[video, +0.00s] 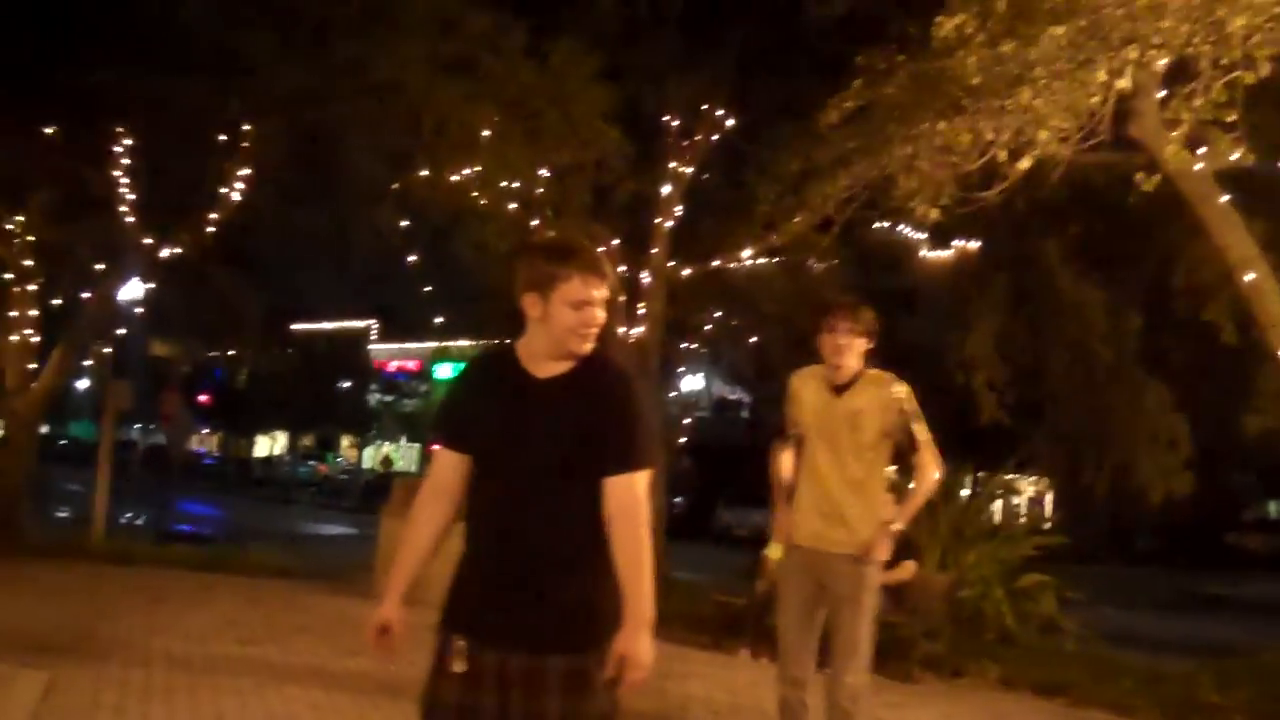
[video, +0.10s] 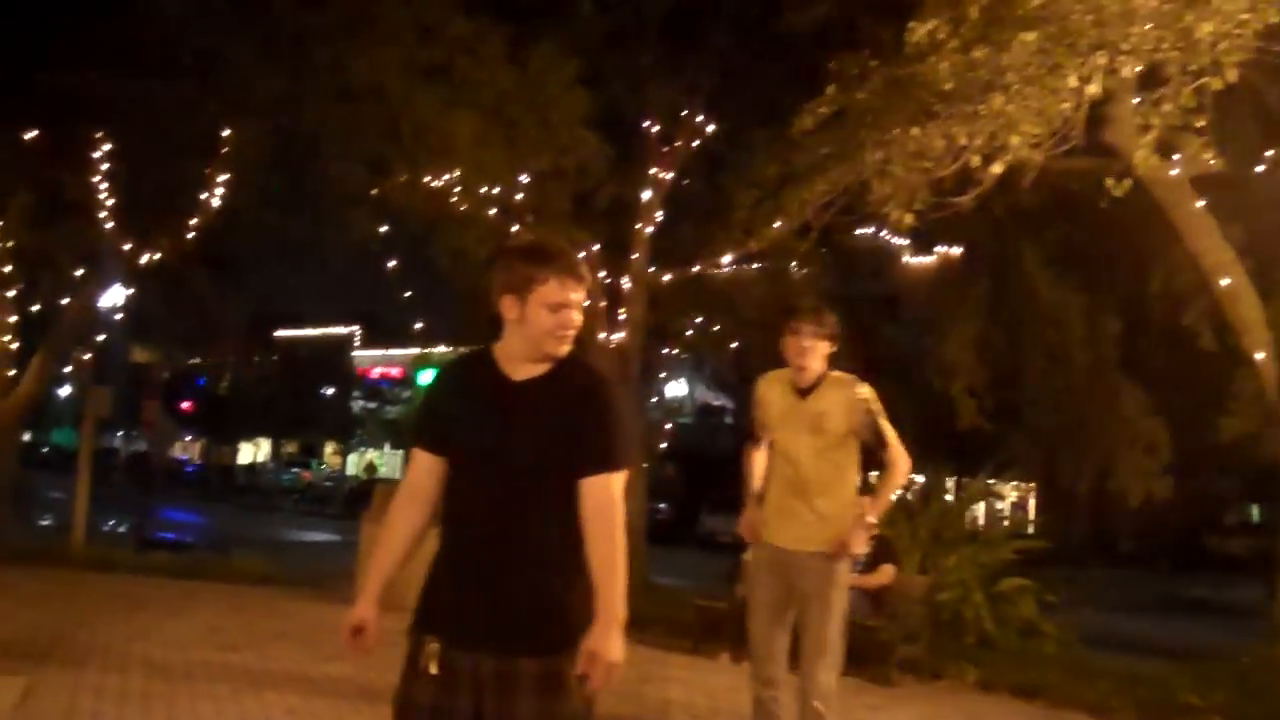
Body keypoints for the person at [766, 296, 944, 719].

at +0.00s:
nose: (839, 343)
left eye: (850, 334)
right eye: (832, 332)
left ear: (868, 343)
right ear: (819, 339)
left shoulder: (892, 393)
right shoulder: (801, 385)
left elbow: (930, 468)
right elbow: (790, 445)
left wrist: (895, 527)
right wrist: (782, 506)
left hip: (858, 555)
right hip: (800, 547)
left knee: (848, 684)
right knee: (792, 677)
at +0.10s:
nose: (802, 349)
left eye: (813, 341)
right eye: (795, 338)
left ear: (830, 348)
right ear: (783, 344)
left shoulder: (855, 395)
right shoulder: (767, 389)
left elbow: (899, 462)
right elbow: (759, 444)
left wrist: (868, 520)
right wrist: (752, 502)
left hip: (828, 553)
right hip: (769, 547)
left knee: (818, 681)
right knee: (765, 673)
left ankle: (815, 715)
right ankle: (767, 716)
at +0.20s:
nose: (773, 345)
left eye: (783, 337)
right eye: (766, 335)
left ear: (799, 344)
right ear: (755, 341)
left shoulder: (827, 391)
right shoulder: (741, 388)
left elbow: (878, 445)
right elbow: (742, 436)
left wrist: (854, 504)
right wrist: (734, 485)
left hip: (805, 547)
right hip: (750, 542)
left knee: (800, 676)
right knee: (747, 665)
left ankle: (800, 716)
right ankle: (753, 716)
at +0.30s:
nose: (793, 326)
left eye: (802, 316)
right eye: (786, 315)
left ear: (821, 321)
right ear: (775, 321)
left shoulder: (850, 364)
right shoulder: (765, 367)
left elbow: (906, 408)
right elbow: (770, 417)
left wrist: (878, 473)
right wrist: (764, 465)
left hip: (831, 519)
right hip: (777, 515)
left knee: (830, 639)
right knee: (777, 632)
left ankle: (829, 713)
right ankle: (784, 713)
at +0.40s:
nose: (789, 305)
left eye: (799, 296)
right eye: (782, 295)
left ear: (818, 303)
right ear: (772, 303)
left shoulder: (844, 345)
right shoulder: (761, 346)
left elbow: (904, 386)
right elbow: (770, 400)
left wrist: (875, 446)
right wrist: (762, 446)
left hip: (823, 499)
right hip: (769, 494)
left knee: (820, 632)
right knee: (772, 625)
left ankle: (821, 714)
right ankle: (777, 713)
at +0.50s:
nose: (728, 312)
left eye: (738, 302)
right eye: (721, 301)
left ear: (757, 305)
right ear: (710, 306)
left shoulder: (784, 346)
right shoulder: (700, 351)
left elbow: (842, 387)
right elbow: (708, 408)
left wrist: (811, 452)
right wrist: (702, 458)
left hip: (761, 499)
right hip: (707, 498)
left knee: (757, 618)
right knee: (707, 616)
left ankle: (757, 710)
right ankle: (713, 709)